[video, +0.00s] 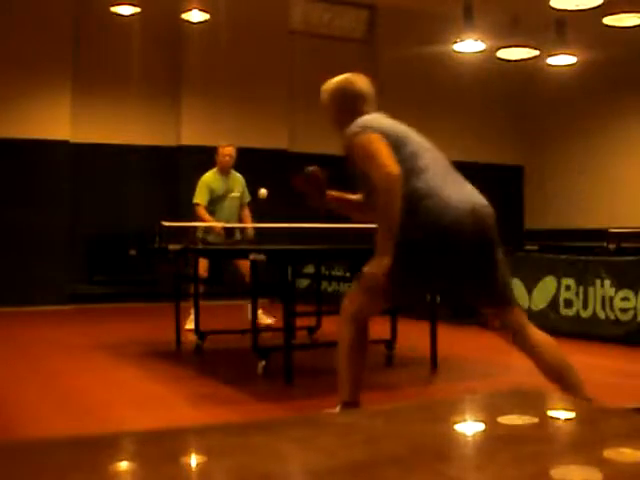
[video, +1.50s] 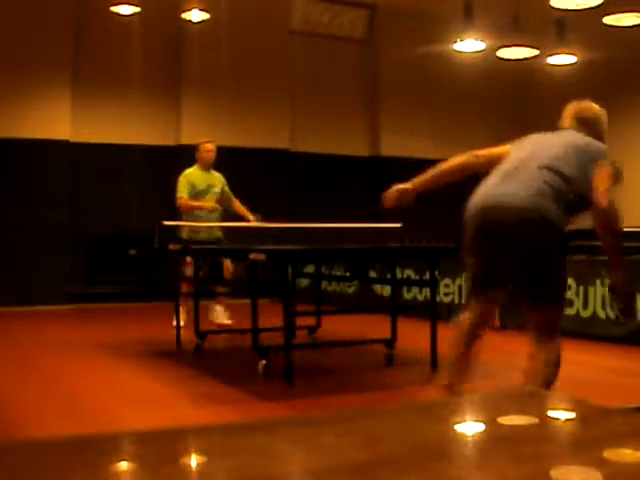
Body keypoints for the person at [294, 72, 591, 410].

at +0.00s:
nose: (328, 115)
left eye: (327, 108)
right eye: (328, 107)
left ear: (335, 108)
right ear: (366, 101)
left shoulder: (361, 130)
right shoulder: (393, 129)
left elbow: (389, 175)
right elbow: (383, 206)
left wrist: (383, 253)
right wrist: (327, 198)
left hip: (432, 226)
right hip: (477, 222)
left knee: (354, 309)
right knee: (516, 324)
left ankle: (347, 406)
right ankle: (585, 402)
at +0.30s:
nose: (286, 128)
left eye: (285, 120)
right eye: (285, 120)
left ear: (290, 118)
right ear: (323, 107)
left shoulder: (313, 136)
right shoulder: (350, 132)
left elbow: (341, 180)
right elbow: (373, 193)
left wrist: (348, 254)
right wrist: (321, 223)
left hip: (395, 215)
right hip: (442, 204)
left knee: (334, 311)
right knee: (482, 314)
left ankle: (345, 405)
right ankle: (545, 395)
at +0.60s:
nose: (328, 86)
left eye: (327, 79)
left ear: (332, 78)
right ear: (369, 76)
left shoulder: (342, 104)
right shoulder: (395, 105)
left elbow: (352, 151)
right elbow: (418, 160)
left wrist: (348, 223)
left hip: (403, 203)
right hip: (451, 197)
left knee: (345, 309)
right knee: (470, 314)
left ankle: (347, 404)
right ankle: (523, 397)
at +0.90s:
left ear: (380, 54)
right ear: (421, 53)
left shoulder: (367, 84)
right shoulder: (447, 90)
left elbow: (346, 121)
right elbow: (478, 148)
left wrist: (339, 186)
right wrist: (441, 164)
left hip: (394, 204)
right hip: (454, 203)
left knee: (350, 313)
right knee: (489, 308)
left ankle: (330, 403)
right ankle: (524, 396)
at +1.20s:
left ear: (466, 84)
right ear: (503, 88)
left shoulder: (437, 113)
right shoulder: (513, 120)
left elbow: (384, 154)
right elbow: (518, 164)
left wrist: (370, 213)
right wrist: (545, 228)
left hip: (414, 212)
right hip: (475, 216)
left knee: (379, 313)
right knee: (516, 323)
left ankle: (342, 402)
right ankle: (525, 414)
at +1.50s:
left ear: (563, 123)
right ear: (600, 133)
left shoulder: (530, 142)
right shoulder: (597, 152)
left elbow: (473, 159)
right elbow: (602, 204)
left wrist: (412, 187)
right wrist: (618, 271)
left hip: (482, 212)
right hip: (536, 219)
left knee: (480, 304)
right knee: (545, 329)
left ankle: (453, 384)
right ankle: (533, 408)